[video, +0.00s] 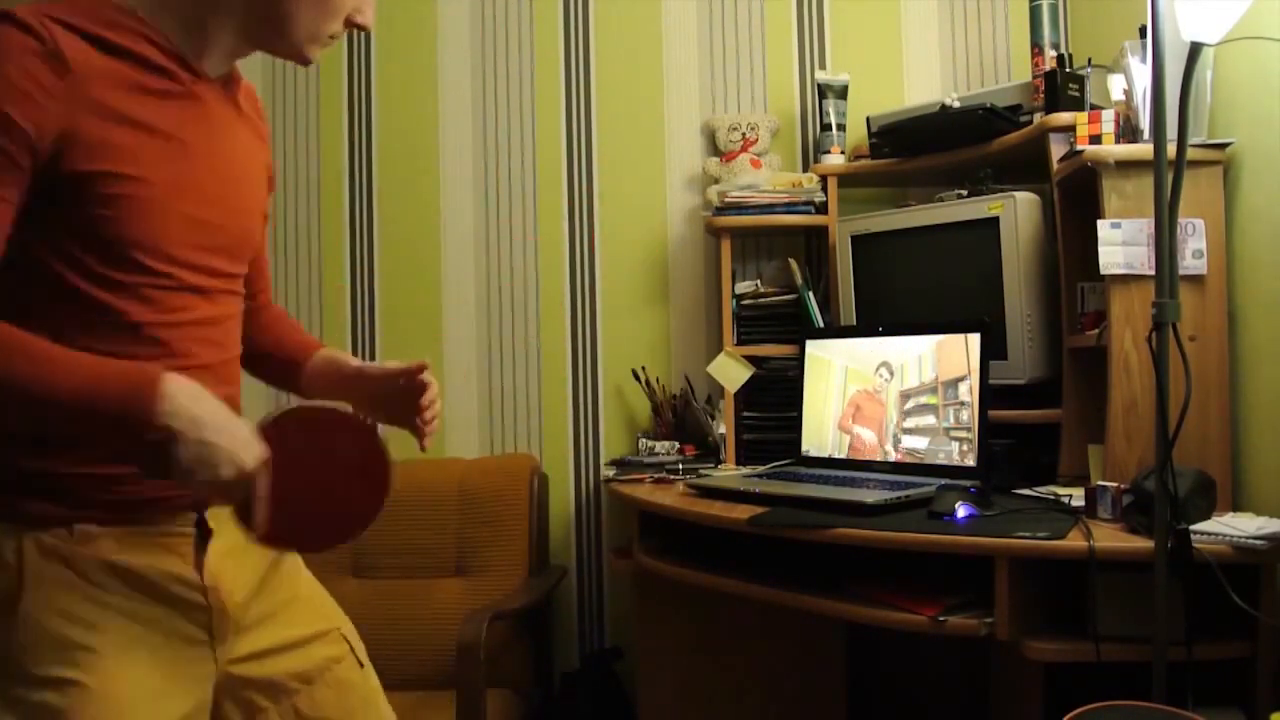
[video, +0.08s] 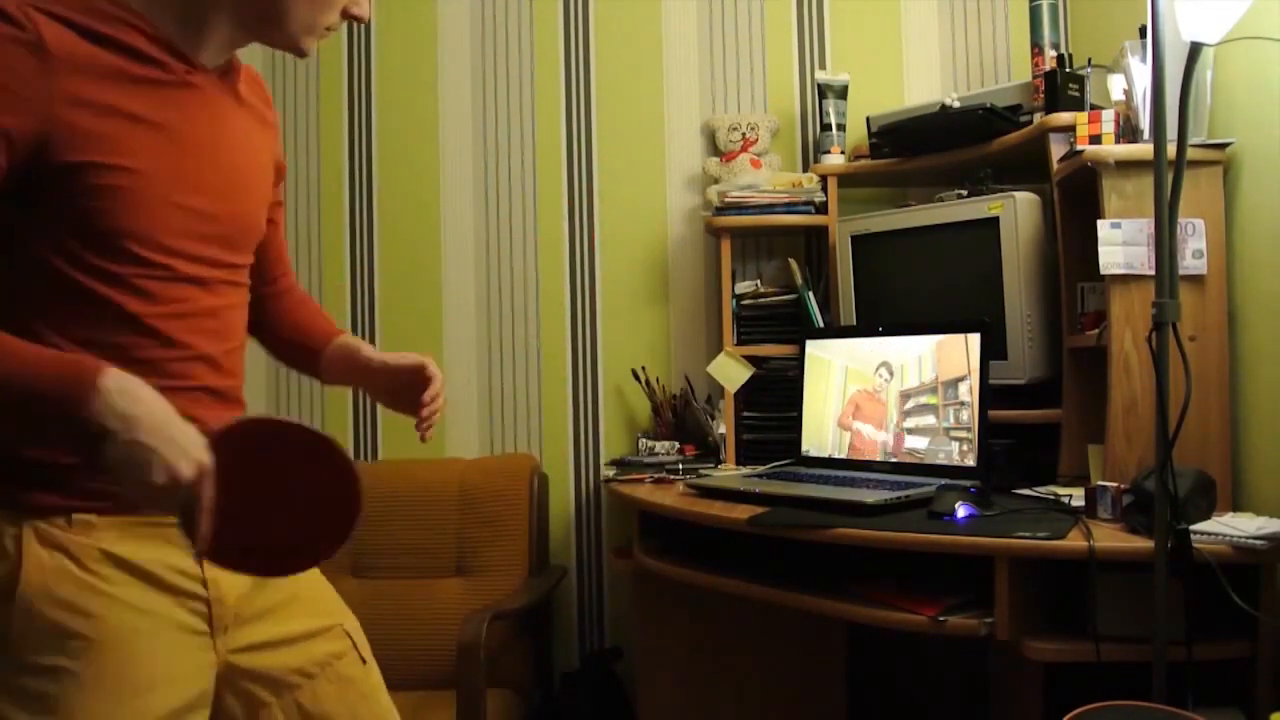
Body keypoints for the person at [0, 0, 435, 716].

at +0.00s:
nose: (366, 16)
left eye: (370, 1)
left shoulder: (243, 108)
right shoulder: (37, 53)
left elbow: (245, 308)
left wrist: (352, 381)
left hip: (245, 554)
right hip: (77, 564)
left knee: (360, 708)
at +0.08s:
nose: (364, 9)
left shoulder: (251, 100)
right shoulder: (32, 47)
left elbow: (269, 291)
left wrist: (369, 369)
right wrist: (99, 391)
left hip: (251, 545)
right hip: (78, 550)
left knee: (363, 706)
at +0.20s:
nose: (373, 9)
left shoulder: (279, 96)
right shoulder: (37, 43)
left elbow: (310, 241)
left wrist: (394, 341)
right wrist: (15, 373)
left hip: (259, 518)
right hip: (83, 529)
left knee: (366, 706)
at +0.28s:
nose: (387, 15)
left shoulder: (294, 102)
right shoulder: (55, 62)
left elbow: (342, 254)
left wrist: (417, 338)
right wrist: (19, 388)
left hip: (277, 528)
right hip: (114, 541)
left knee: (378, 707)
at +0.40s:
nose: (411, 38)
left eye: (417, 12)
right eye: (405, 6)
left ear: (323, 2)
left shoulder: (293, 111)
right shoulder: (131, 102)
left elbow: (340, 264)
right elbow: (94, 359)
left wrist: (442, 318)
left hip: (290, 523)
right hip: (158, 537)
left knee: (397, 711)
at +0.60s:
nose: (397, 43)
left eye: (407, 22)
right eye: (394, 14)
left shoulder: (220, 86)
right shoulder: (176, 88)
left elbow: (326, 262)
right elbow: (360, 297)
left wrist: (442, 238)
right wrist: (514, 240)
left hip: (258, 525)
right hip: (159, 541)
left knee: (365, 713)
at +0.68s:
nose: (383, 41)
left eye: (391, 18)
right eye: (379, 9)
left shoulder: (195, 76)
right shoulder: (164, 76)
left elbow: (263, 269)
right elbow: (374, 271)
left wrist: (426, 216)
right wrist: (493, 198)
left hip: (238, 531)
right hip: (139, 547)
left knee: (340, 708)